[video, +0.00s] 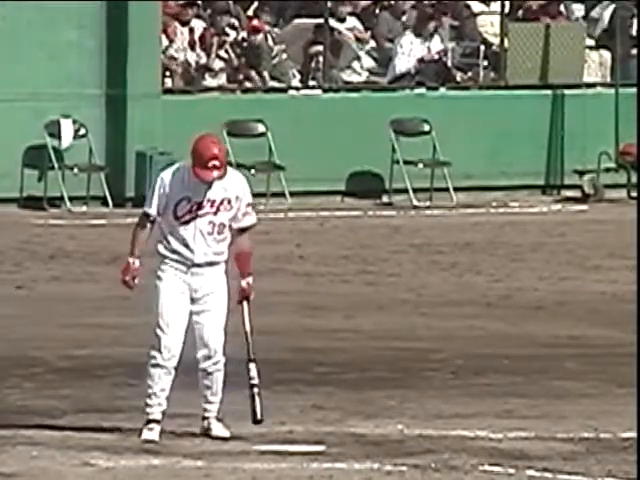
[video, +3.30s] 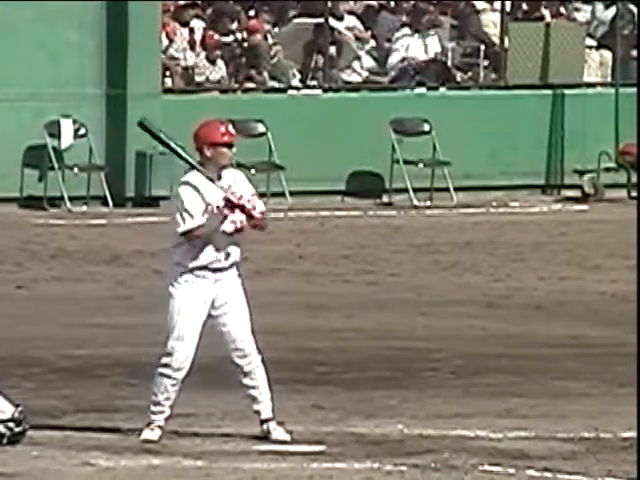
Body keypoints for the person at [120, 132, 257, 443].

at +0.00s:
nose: (214, 173)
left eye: (218, 167)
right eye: (207, 168)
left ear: (224, 160)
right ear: (193, 162)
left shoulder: (236, 183)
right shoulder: (169, 179)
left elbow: (242, 233)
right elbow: (146, 221)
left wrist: (246, 276)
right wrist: (133, 257)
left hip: (212, 274)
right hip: (173, 273)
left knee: (212, 349)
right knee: (167, 347)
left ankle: (211, 417)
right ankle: (153, 419)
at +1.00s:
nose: (195, 170)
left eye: (198, 164)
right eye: (188, 166)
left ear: (202, 157)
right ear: (172, 162)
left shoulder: (215, 180)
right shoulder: (151, 186)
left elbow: (229, 229)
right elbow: (134, 227)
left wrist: (239, 272)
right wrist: (132, 267)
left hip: (211, 275)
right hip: (170, 278)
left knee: (230, 345)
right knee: (164, 354)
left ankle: (257, 413)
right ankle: (154, 422)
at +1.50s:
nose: (230, 168)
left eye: (232, 163)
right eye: (225, 163)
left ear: (233, 160)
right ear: (209, 160)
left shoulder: (242, 187)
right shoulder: (180, 187)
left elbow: (253, 237)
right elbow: (161, 232)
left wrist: (264, 272)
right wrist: (178, 267)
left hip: (227, 279)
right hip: (188, 279)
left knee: (243, 351)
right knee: (171, 355)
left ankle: (268, 421)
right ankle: (155, 421)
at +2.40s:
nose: (218, 152)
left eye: (219, 146)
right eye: (211, 147)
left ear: (218, 149)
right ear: (193, 151)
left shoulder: (229, 184)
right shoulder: (167, 185)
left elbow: (232, 236)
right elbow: (147, 228)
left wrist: (221, 273)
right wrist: (161, 268)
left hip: (218, 277)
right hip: (178, 279)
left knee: (239, 350)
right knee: (167, 357)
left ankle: (267, 419)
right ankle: (154, 421)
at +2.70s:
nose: (222, 150)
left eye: (223, 145)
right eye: (215, 146)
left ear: (222, 147)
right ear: (196, 149)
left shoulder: (233, 183)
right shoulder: (169, 182)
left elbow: (227, 232)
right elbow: (154, 224)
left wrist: (193, 253)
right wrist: (162, 244)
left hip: (221, 277)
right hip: (184, 280)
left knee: (241, 351)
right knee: (169, 357)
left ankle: (267, 421)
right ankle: (154, 421)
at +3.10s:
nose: (225, 150)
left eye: (225, 144)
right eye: (218, 145)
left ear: (223, 147)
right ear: (199, 148)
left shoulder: (235, 180)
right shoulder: (175, 183)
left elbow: (248, 225)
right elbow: (162, 233)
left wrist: (221, 217)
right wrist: (187, 212)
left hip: (224, 276)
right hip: (186, 277)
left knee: (243, 351)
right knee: (173, 356)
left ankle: (268, 421)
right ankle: (155, 421)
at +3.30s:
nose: (231, 151)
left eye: (231, 145)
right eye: (224, 146)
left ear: (227, 149)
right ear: (206, 151)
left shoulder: (236, 177)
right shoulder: (188, 186)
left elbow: (259, 220)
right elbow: (194, 234)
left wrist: (249, 213)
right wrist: (220, 217)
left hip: (228, 277)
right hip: (192, 279)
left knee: (245, 350)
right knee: (178, 354)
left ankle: (268, 421)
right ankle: (156, 421)